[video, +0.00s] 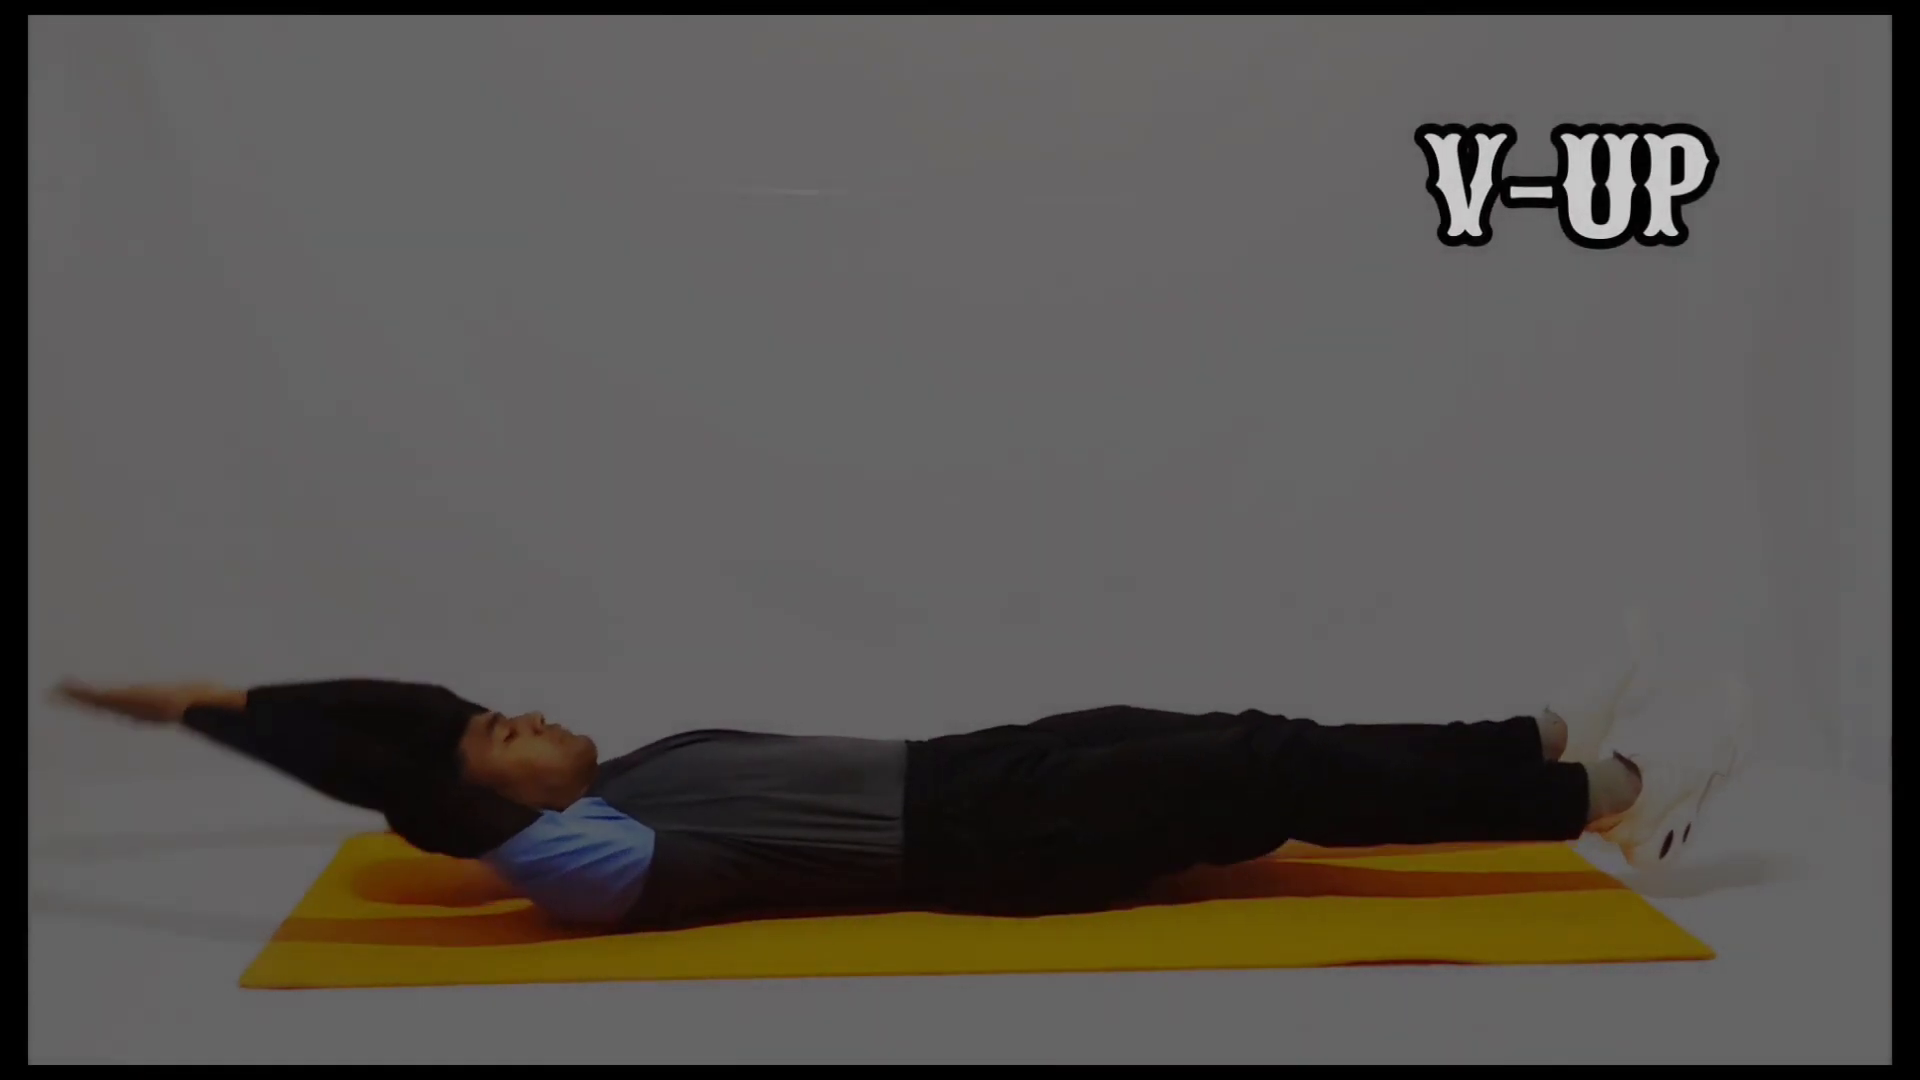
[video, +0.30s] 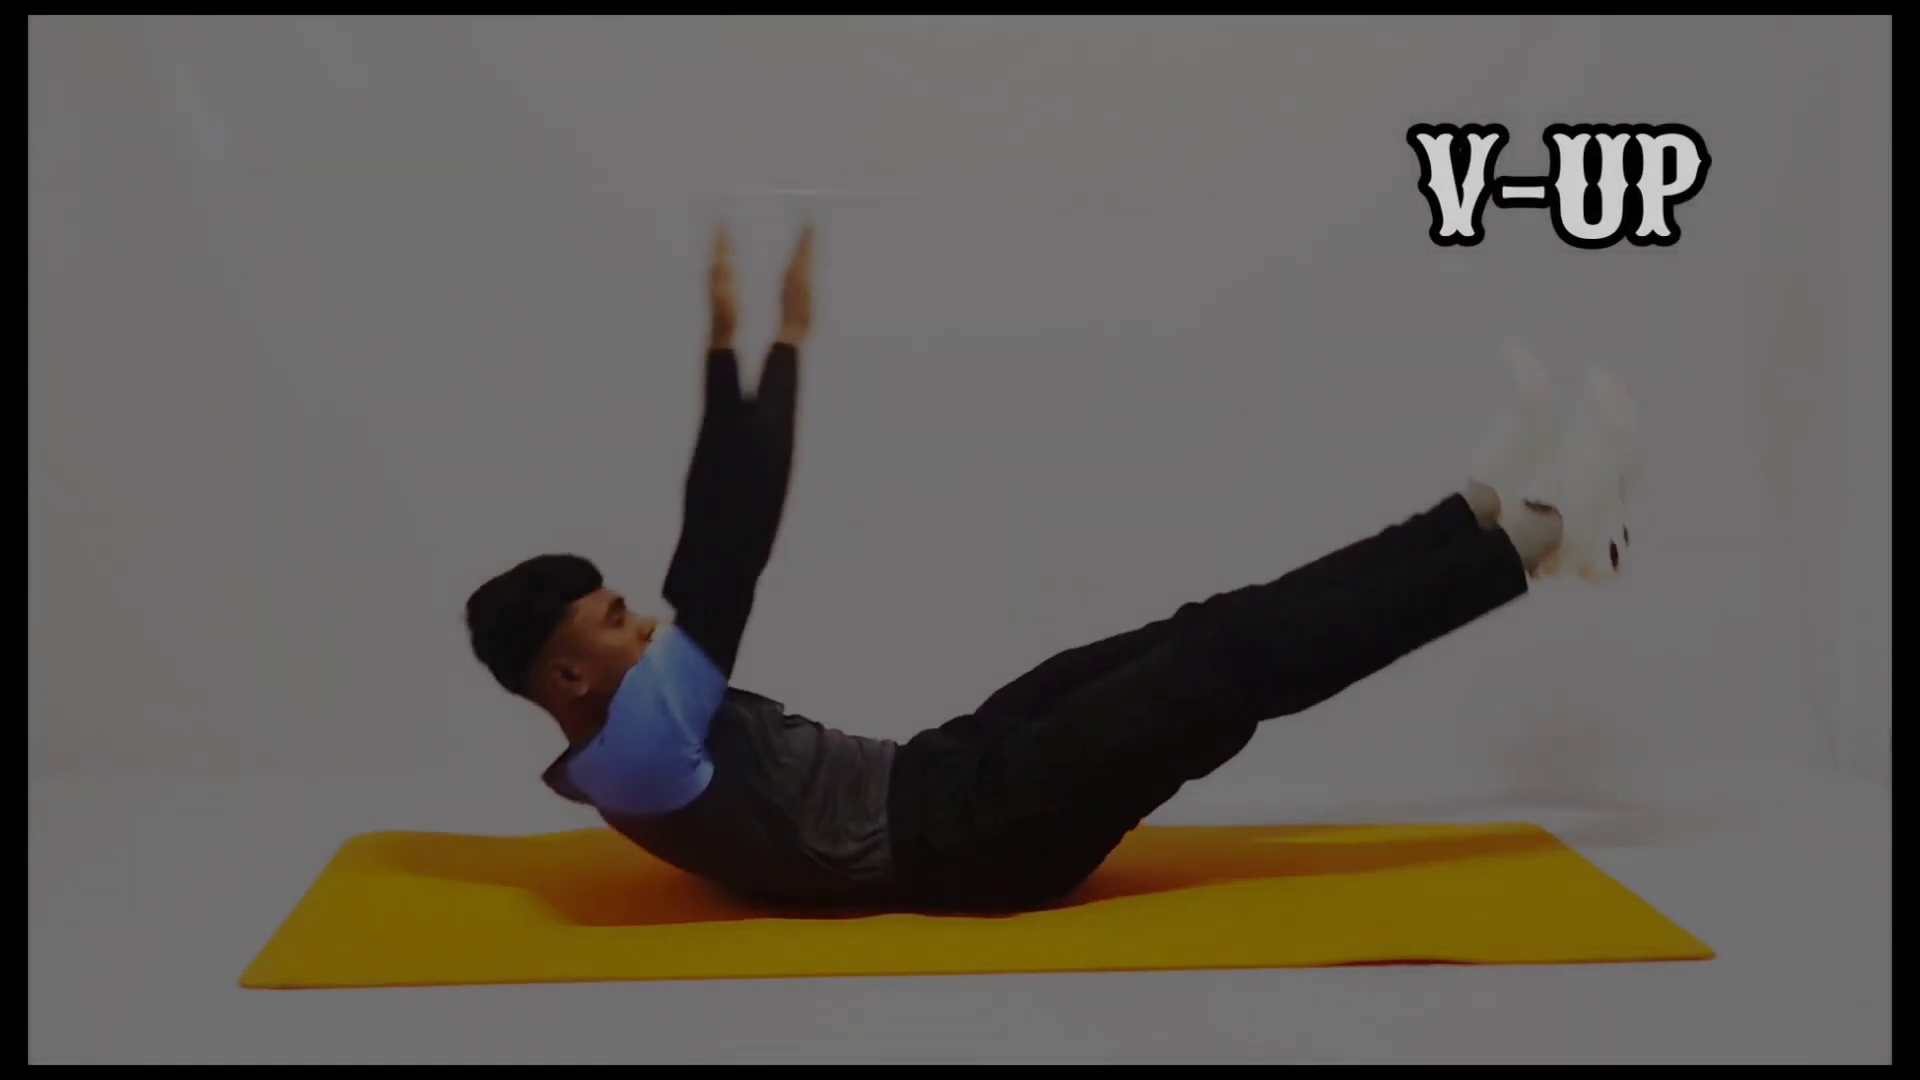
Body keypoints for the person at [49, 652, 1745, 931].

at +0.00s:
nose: (534, 741)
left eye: (515, 728)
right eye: (505, 754)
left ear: (532, 743)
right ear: (497, 811)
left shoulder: (621, 784)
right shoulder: (602, 852)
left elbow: (397, 741)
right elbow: (501, 850)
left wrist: (208, 704)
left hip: (977, 766)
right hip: (966, 829)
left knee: (1245, 737)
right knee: (1246, 773)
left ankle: (1535, 761)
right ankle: (1553, 784)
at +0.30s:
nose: (631, 622)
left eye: (615, 606)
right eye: (600, 623)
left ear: (600, 634)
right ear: (552, 683)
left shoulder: (652, 715)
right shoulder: (637, 743)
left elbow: (720, 544)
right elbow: (727, 555)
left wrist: (738, 370)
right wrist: (770, 365)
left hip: (963, 787)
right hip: (962, 831)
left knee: (1207, 639)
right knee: (1217, 663)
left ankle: (1489, 522)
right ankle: (1517, 541)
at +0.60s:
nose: (814, 471)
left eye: (793, 454)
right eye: (786, 467)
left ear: (748, 523)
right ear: (744, 522)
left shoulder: (776, 579)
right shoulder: (793, 591)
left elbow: (939, 442)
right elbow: (961, 441)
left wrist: (1064, 284)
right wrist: (1089, 281)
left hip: (964, 797)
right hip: (986, 840)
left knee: (1089, 531)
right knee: (1123, 548)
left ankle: (1261, 281)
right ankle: (1299, 296)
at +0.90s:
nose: (724, 518)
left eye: (705, 502)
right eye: (697, 518)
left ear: (667, 564)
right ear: (653, 578)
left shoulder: (697, 643)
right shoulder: (720, 643)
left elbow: (835, 463)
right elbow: (842, 460)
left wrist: (927, 273)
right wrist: (937, 266)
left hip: (950, 796)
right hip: (974, 839)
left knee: (1122, 540)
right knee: (1144, 557)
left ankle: (1299, 303)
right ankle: (1321, 308)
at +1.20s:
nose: (574, 655)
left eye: (555, 637)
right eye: (547, 650)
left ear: (527, 696)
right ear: (514, 705)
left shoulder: (609, 772)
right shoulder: (586, 820)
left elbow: (499, 604)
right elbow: (464, 616)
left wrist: (356, 451)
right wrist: (326, 470)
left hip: (948, 780)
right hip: (962, 832)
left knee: (1215, 644)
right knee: (1215, 668)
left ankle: (1486, 520)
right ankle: (1485, 523)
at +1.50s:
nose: (506, 723)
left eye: (487, 712)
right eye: (482, 737)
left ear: (501, 751)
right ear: (476, 803)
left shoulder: (587, 788)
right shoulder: (577, 845)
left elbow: (364, 792)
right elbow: (455, 885)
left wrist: (144, 781)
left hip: (973, 769)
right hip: (963, 823)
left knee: (1243, 715)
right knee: (1242, 747)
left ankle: (1539, 695)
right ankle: (1546, 708)